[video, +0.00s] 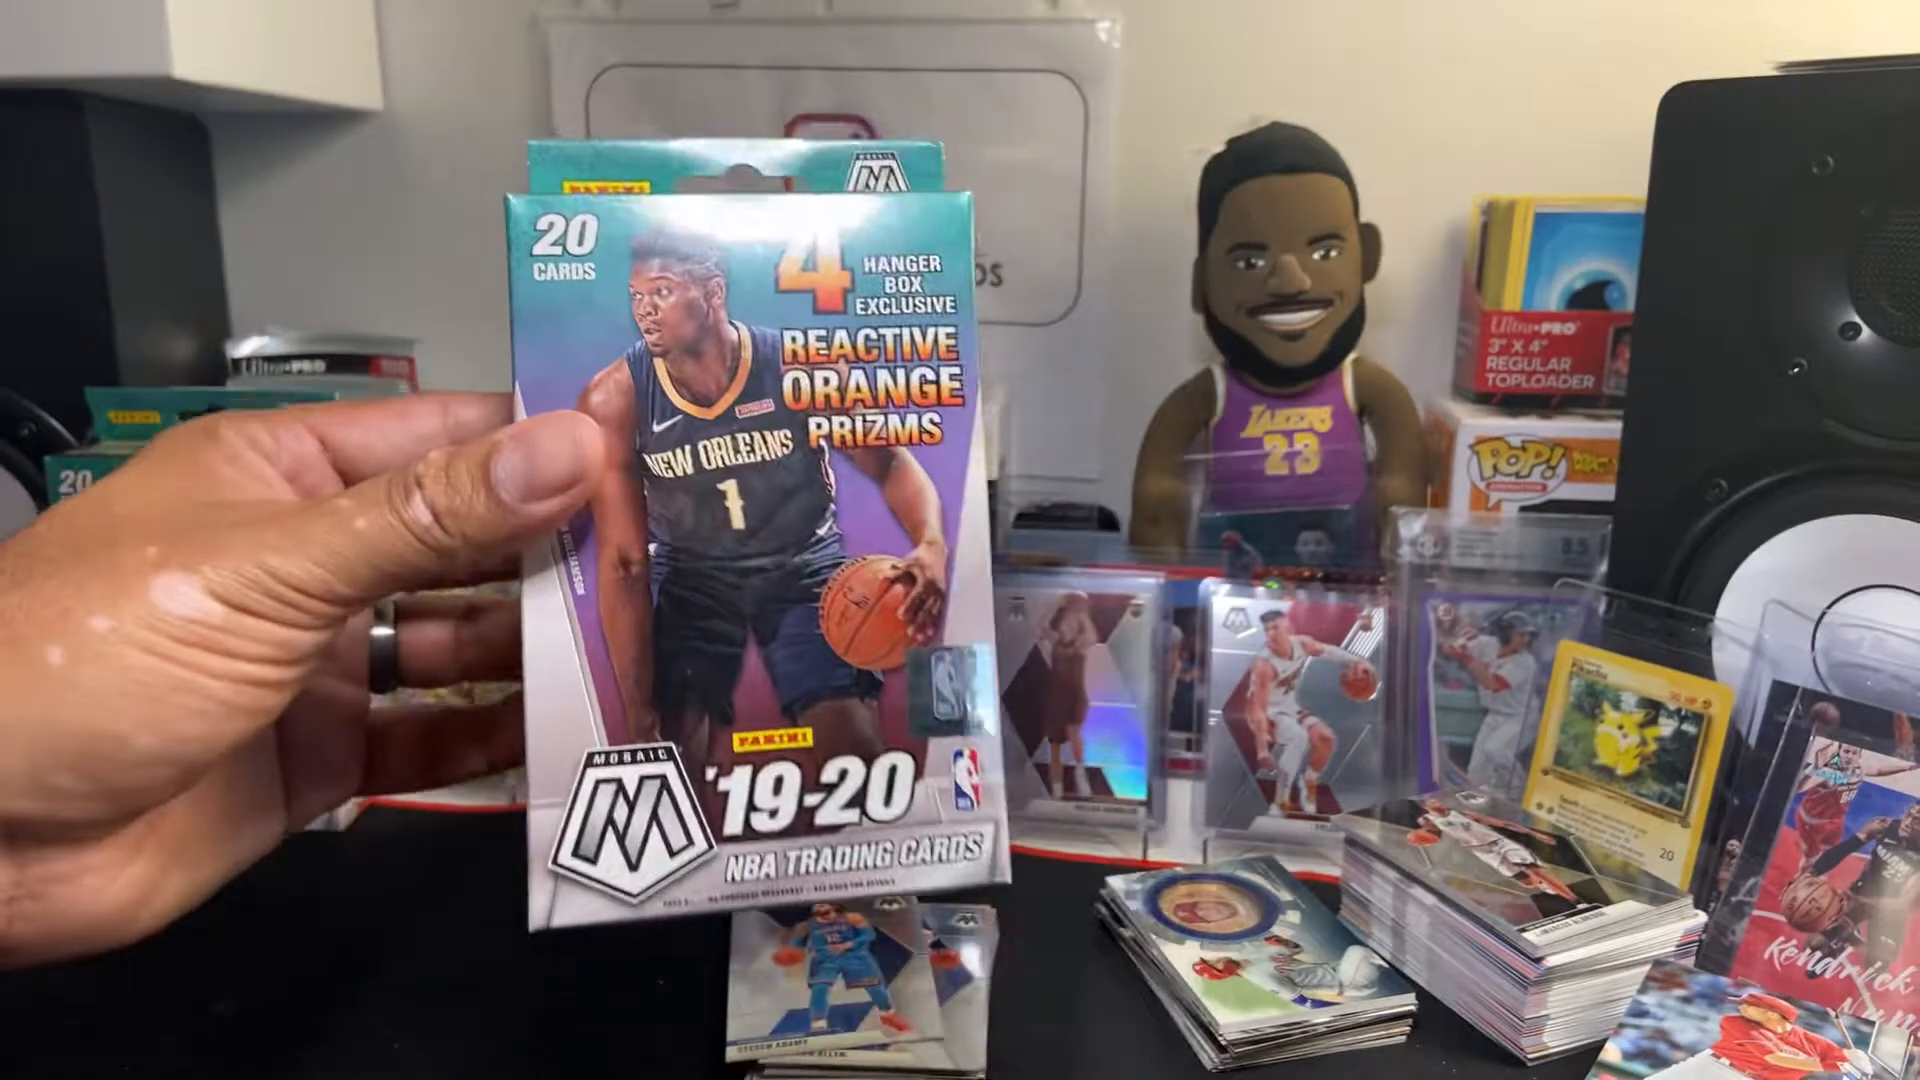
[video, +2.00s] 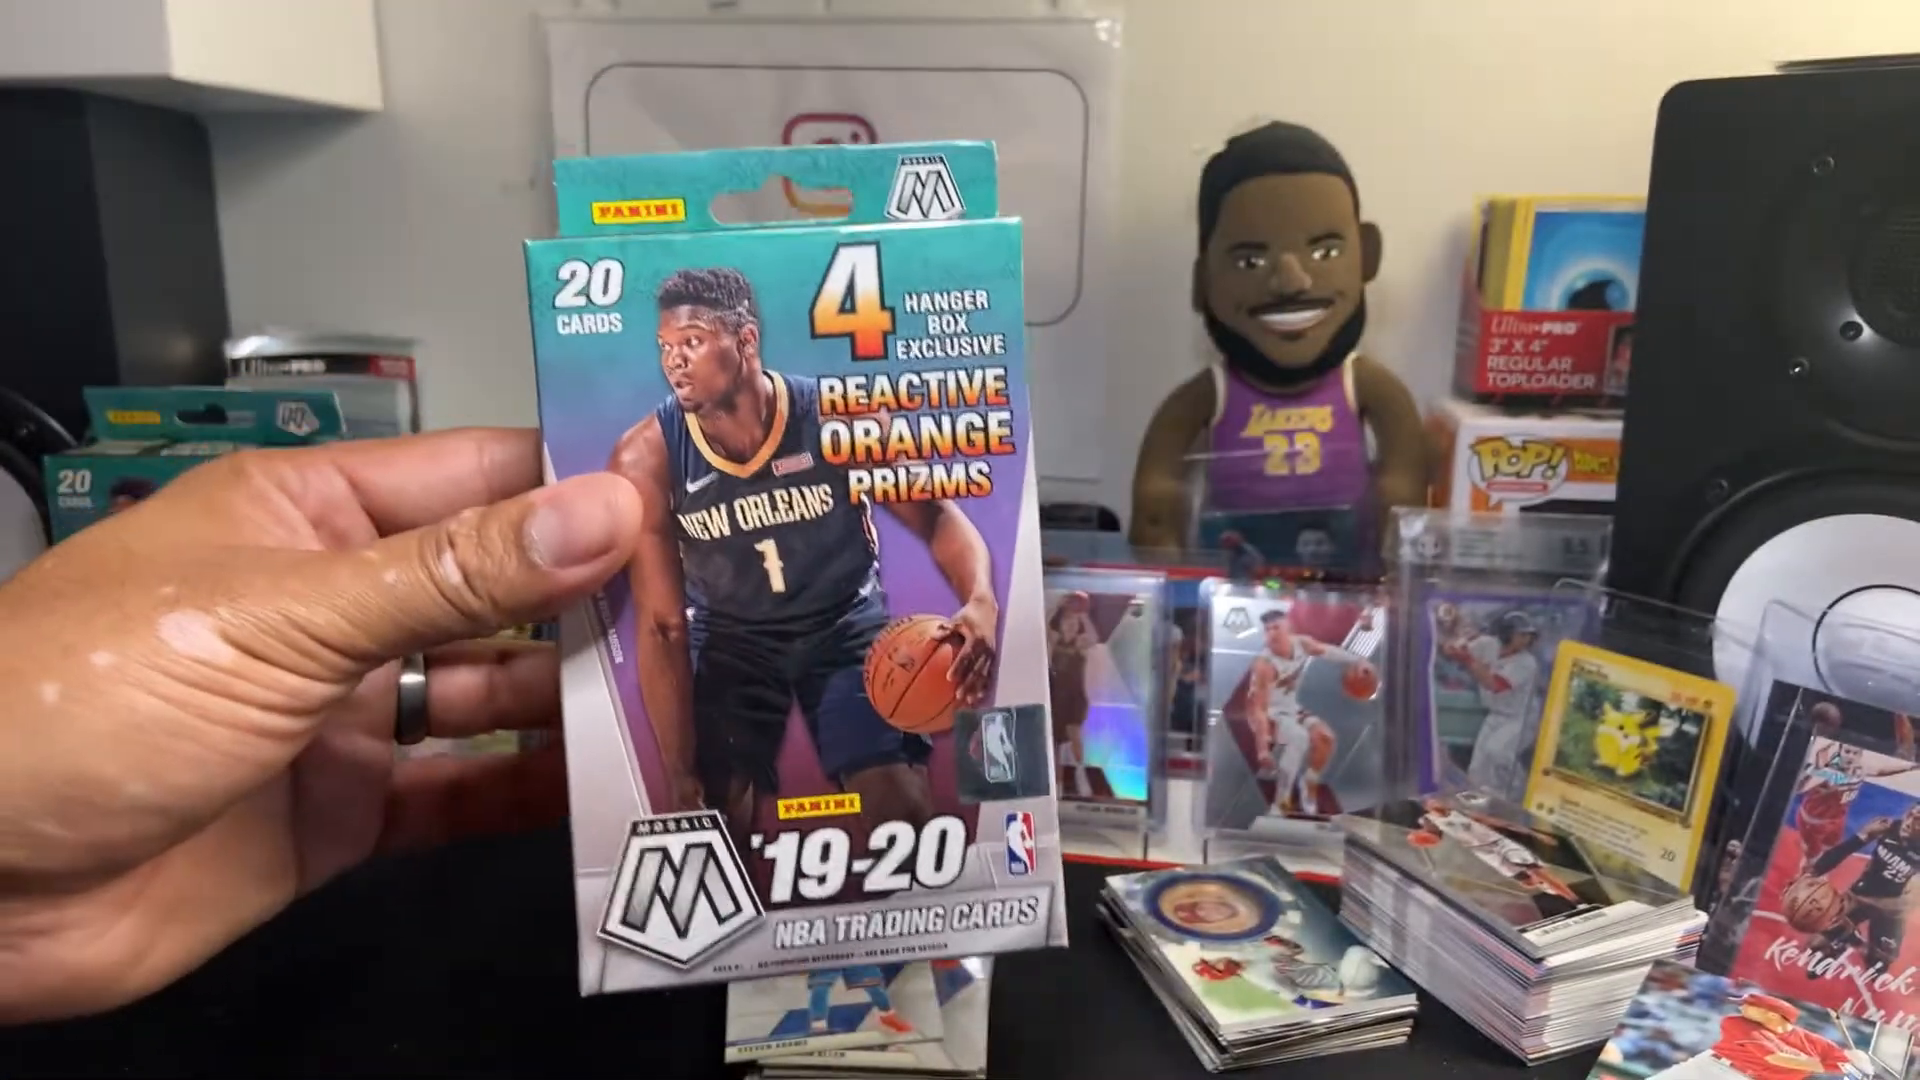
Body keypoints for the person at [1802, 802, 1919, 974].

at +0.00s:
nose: (1908, 823)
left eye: (1916, 821)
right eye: (1908, 815)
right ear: (1904, 813)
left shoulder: (1917, 859)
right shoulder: (1885, 827)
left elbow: (1904, 904)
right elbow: (1847, 847)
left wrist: (1859, 903)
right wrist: (1815, 869)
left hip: (1890, 910)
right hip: (1860, 894)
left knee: (1876, 965)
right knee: (1814, 943)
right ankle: (1835, 949)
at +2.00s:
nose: (1910, 823)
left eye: (1917, 821)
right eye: (1910, 816)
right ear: (1905, 814)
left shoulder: (1917, 854)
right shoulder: (1884, 828)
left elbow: (1910, 902)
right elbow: (1844, 849)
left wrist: (1859, 902)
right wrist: (1813, 872)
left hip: (1892, 910)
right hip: (1860, 896)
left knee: (1877, 970)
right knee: (1815, 948)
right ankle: (1845, 941)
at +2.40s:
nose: (1910, 823)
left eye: (1917, 821)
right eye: (1910, 816)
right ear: (1905, 814)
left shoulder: (1917, 858)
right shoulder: (1885, 828)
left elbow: (1907, 903)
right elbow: (1843, 850)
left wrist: (1858, 903)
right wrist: (1814, 872)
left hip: (1892, 910)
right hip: (1861, 895)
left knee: (1877, 970)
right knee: (1815, 946)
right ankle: (1846, 940)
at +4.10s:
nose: (1912, 824)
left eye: (1919, 822)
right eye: (1913, 817)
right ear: (1908, 815)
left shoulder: (1918, 857)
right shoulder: (1888, 829)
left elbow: (1910, 905)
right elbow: (1849, 850)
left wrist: (1862, 903)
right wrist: (1816, 873)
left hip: (1896, 910)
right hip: (1864, 897)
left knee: (1880, 969)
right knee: (1819, 946)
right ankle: (1841, 950)